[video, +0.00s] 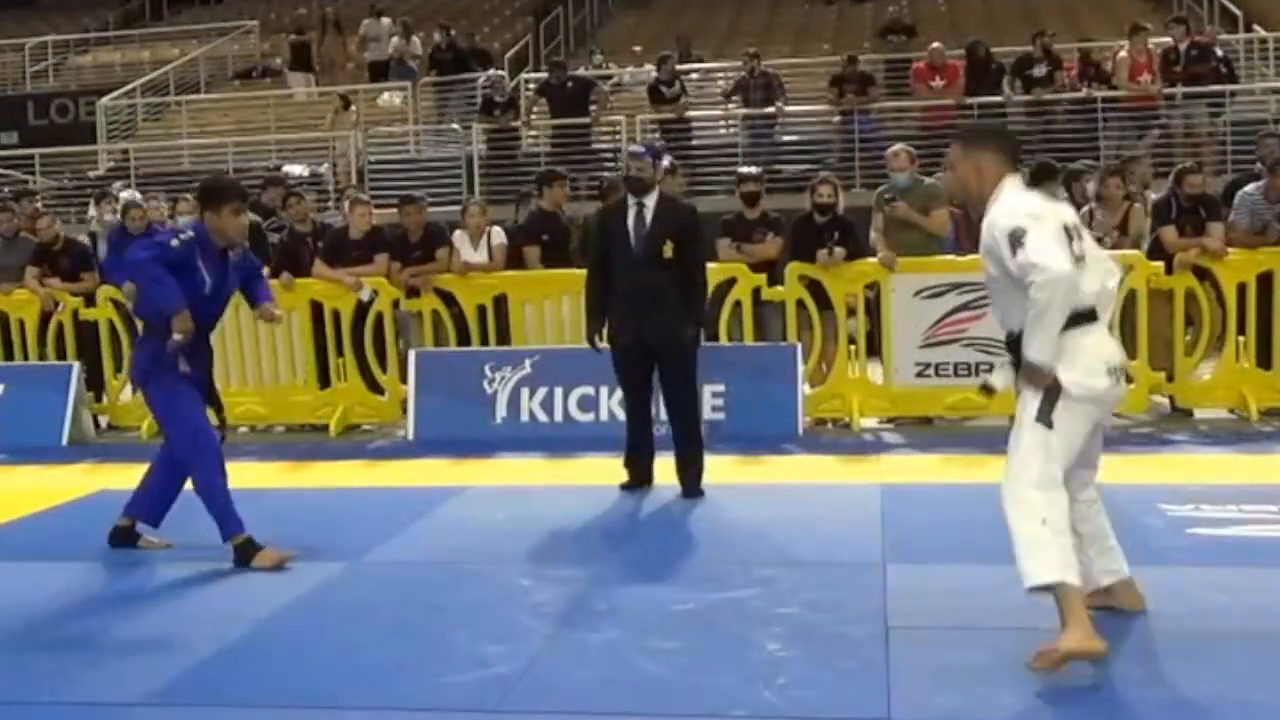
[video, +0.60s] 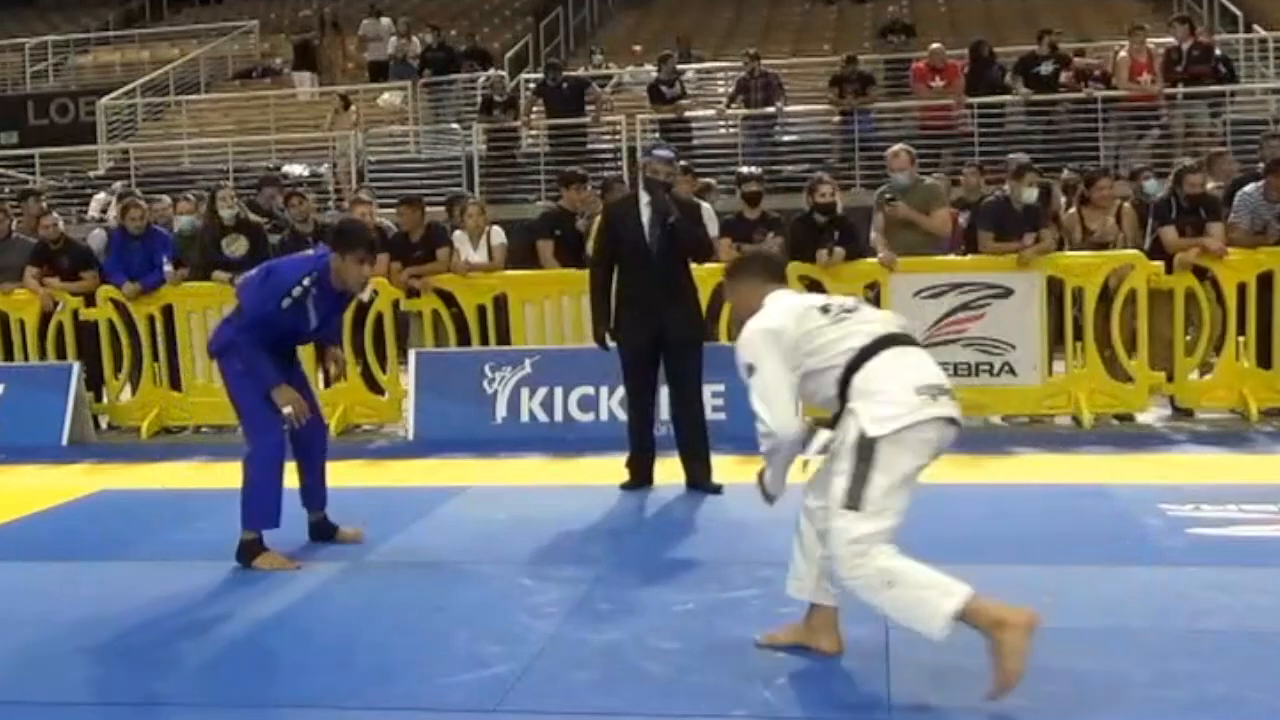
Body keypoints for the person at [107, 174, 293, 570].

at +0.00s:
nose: (246, 222)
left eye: (245, 214)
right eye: (237, 215)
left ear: (234, 216)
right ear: (212, 217)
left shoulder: (235, 250)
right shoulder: (185, 242)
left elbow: (253, 276)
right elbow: (138, 261)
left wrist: (263, 302)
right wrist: (175, 308)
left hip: (194, 359)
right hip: (160, 359)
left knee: (186, 441)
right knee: (201, 441)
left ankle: (129, 525)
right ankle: (241, 543)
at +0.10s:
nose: (269, 239)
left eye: (270, 230)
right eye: (262, 231)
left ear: (259, 231)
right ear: (237, 230)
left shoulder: (260, 263)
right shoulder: (204, 257)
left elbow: (277, 284)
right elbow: (181, 300)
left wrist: (290, 312)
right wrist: (220, 349)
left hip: (208, 362)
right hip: (175, 360)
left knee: (202, 440)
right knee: (218, 433)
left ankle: (138, 512)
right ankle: (245, 541)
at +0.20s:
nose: (285, 247)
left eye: (286, 239)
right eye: (278, 239)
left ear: (285, 239)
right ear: (253, 239)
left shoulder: (275, 270)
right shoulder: (216, 272)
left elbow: (287, 294)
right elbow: (208, 335)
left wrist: (299, 324)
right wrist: (261, 373)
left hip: (218, 355)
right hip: (182, 357)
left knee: (225, 436)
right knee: (224, 435)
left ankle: (156, 501)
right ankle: (246, 543)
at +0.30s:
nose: (307, 261)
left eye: (309, 253)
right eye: (301, 253)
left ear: (305, 251)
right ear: (277, 249)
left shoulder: (291, 275)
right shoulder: (232, 279)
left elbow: (292, 307)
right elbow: (222, 351)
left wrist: (301, 334)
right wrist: (279, 381)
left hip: (229, 353)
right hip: (192, 357)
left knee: (254, 433)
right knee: (233, 436)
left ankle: (192, 495)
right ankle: (246, 544)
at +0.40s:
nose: (328, 266)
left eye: (331, 258)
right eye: (321, 257)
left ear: (332, 256)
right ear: (296, 253)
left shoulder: (305, 276)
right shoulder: (253, 280)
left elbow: (299, 309)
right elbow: (233, 351)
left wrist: (302, 339)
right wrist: (282, 388)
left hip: (241, 347)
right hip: (204, 351)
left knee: (275, 427)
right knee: (238, 436)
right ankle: (246, 543)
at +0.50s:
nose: (350, 268)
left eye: (353, 260)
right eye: (344, 259)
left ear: (352, 259)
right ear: (319, 255)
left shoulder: (326, 277)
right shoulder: (271, 279)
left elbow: (310, 308)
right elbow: (240, 344)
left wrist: (313, 339)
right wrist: (279, 389)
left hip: (260, 344)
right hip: (221, 348)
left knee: (291, 419)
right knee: (244, 439)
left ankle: (299, 512)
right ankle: (247, 545)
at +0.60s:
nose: (368, 272)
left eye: (371, 264)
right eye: (362, 263)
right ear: (337, 259)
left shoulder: (343, 282)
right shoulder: (289, 279)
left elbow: (330, 311)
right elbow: (243, 335)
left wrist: (331, 343)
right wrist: (275, 386)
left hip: (279, 347)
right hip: (240, 347)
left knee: (312, 428)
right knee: (266, 437)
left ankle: (318, 521)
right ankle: (251, 542)